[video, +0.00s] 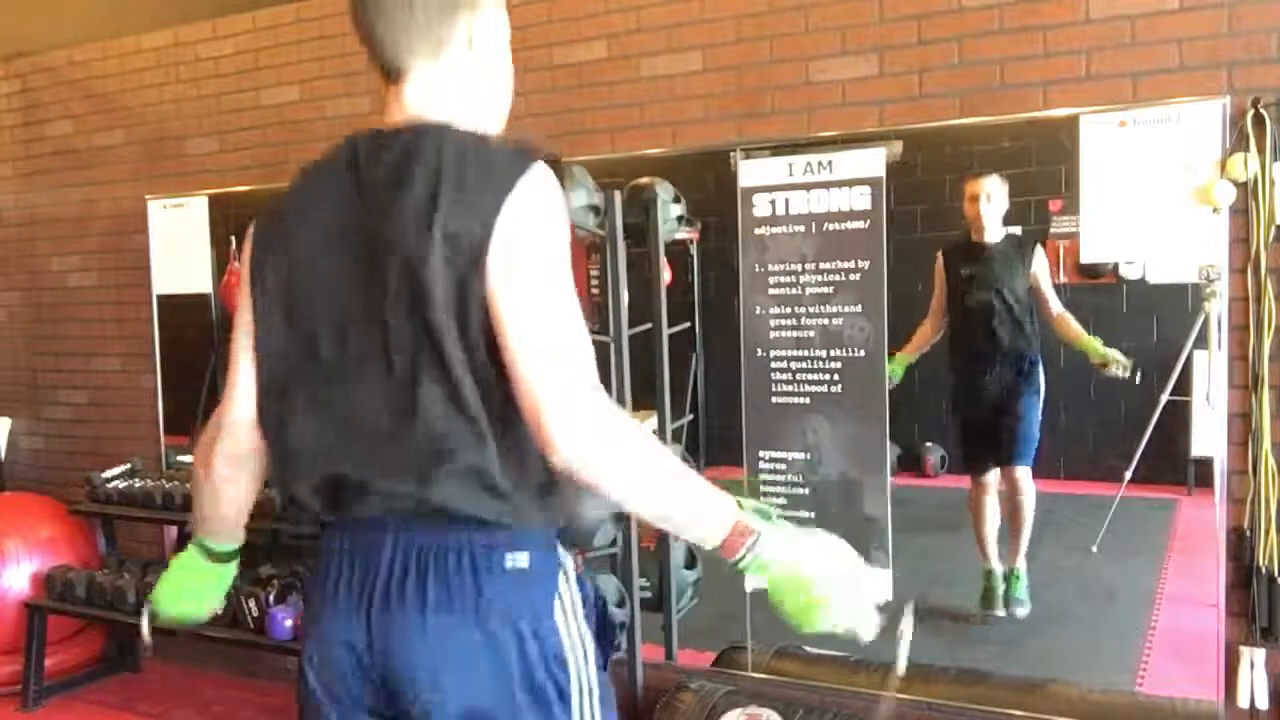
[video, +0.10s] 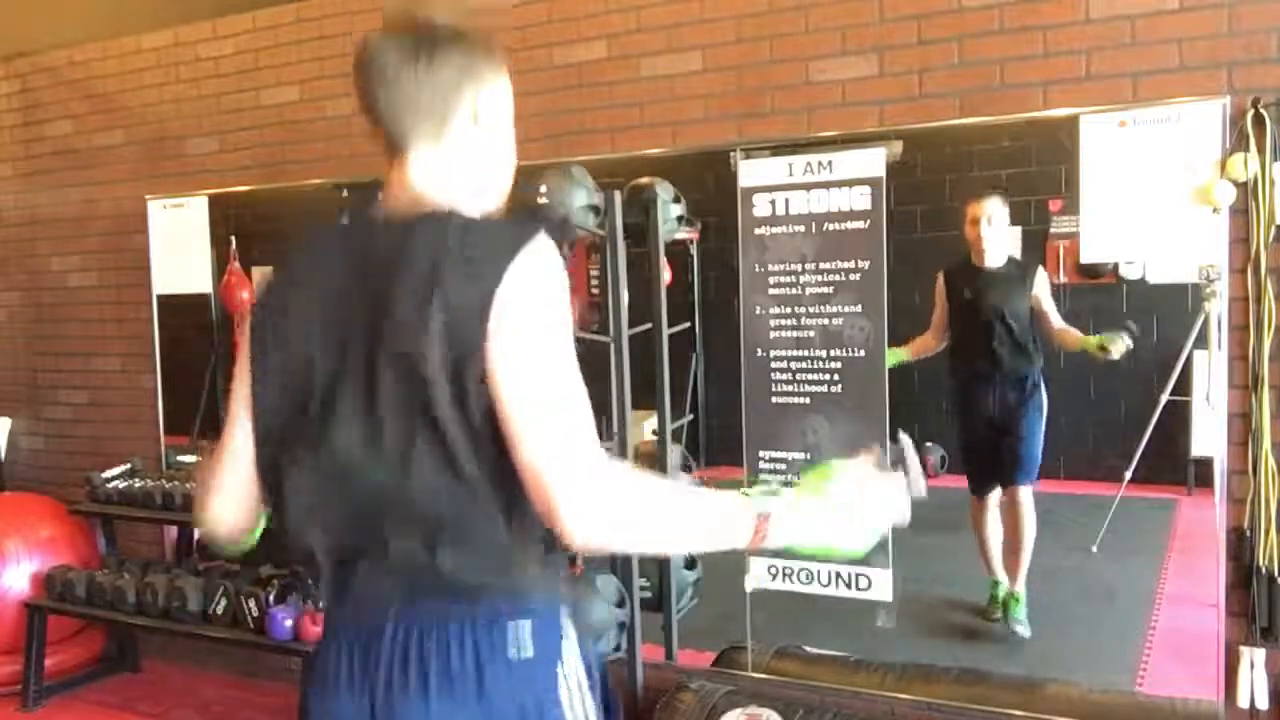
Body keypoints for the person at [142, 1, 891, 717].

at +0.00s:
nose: (511, 69)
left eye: (504, 45)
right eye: (503, 45)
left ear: (383, 58)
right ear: (479, 44)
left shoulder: (280, 223)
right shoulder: (508, 184)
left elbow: (236, 433)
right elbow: (574, 430)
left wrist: (212, 550)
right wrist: (755, 541)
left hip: (340, 583)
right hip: (492, 585)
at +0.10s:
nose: (514, 142)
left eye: (508, 116)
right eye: (508, 115)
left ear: (382, 128)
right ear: (482, 118)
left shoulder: (295, 280)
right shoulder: (507, 257)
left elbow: (224, 514)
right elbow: (583, 505)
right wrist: (777, 516)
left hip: (354, 642)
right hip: (501, 644)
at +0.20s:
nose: (523, 154)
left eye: (516, 128)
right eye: (518, 127)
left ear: (386, 135)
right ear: (495, 128)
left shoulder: (293, 298)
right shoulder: (517, 277)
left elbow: (218, 504)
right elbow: (605, 515)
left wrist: (335, 438)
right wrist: (789, 500)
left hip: (349, 677)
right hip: (502, 676)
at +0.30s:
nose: (535, 75)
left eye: (531, 49)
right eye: (529, 48)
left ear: (402, 57)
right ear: (506, 49)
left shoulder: (305, 225)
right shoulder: (530, 195)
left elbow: (239, 440)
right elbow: (598, 446)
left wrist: (232, 529)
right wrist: (775, 534)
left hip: (356, 597)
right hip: (506, 599)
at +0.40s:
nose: (544, 78)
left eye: (541, 52)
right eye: (539, 52)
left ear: (414, 54)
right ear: (512, 47)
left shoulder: (310, 219)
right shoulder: (541, 186)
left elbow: (260, 434)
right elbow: (603, 435)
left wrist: (237, 534)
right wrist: (779, 555)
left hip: (364, 584)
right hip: (517, 590)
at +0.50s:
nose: (557, 137)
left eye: (549, 115)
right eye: (551, 114)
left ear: (417, 127)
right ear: (525, 117)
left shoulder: (325, 279)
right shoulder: (556, 267)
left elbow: (261, 506)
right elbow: (627, 506)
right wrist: (829, 529)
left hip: (381, 644)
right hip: (533, 647)